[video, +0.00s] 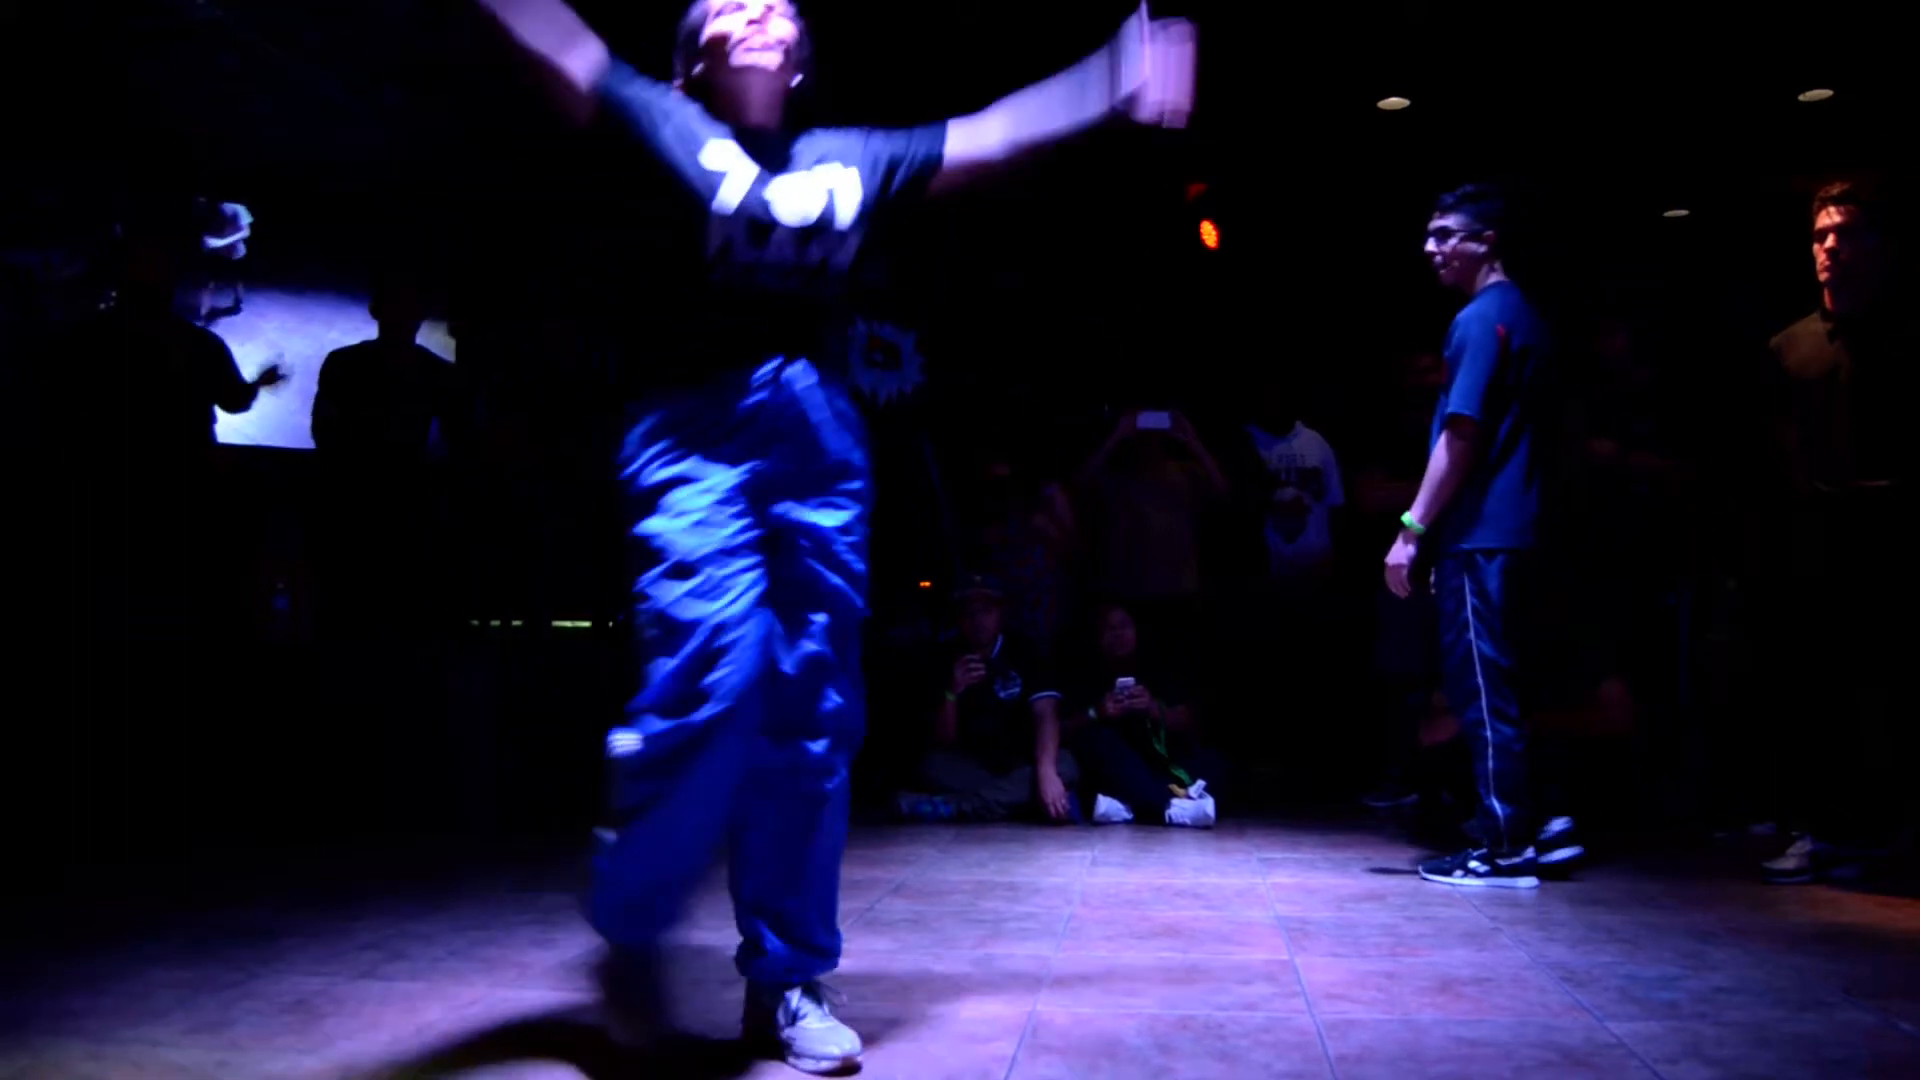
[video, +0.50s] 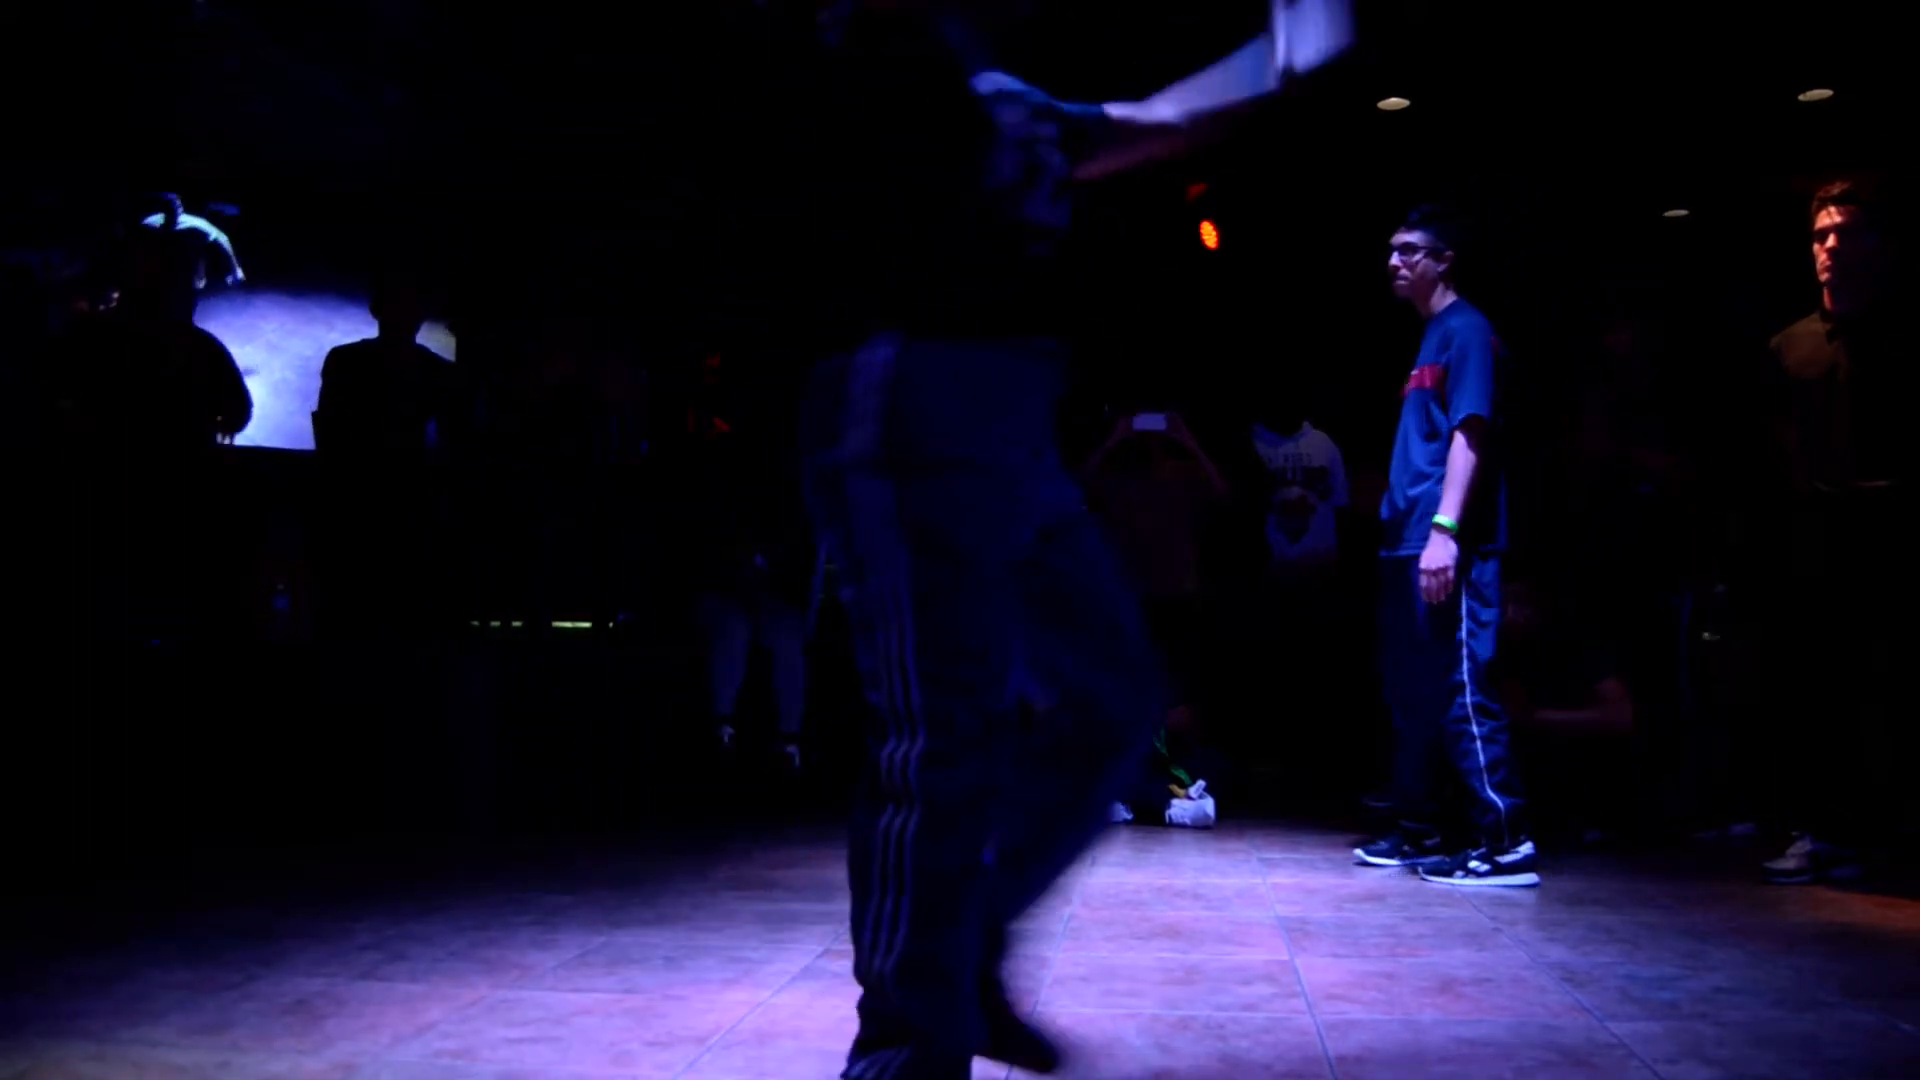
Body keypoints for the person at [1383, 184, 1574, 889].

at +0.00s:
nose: (1435, 249)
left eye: (1448, 236)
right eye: (1433, 237)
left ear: (1486, 243)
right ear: (1470, 248)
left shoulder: (1485, 317)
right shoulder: (1511, 311)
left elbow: (1461, 437)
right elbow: (1479, 436)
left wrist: (1411, 529)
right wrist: (1429, 529)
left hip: (1484, 530)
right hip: (1507, 525)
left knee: (1481, 685)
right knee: (1496, 680)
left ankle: (1501, 843)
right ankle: (1540, 820)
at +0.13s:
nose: (1424, 248)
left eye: (1438, 237)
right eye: (1423, 237)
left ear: (1475, 245)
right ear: (1456, 250)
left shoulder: (1477, 317)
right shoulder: (1490, 314)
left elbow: (1460, 436)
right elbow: (1466, 436)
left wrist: (1412, 528)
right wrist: (1423, 526)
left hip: (1472, 533)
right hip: (1475, 531)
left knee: (1475, 685)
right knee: (1460, 683)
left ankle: (1499, 842)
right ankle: (1471, 830)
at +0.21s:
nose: (1417, 252)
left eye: (1430, 241)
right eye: (1415, 241)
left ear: (1467, 248)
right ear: (1439, 253)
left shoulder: (1477, 320)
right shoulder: (1465, 318)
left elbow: (1460, 437)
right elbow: (1454, 436)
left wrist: (1416, 528)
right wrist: (1421, 528)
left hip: (1473, 535)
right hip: (1457, 533)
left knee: (1475, 687)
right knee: (1439, 682)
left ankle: (1505, 842)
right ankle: (1430, 825)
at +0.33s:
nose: (1406, 262)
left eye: (1418, 250)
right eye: (1404, 251)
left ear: (1456, 256)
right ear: (1429, 262)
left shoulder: (1474, 326)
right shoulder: (1452, 326)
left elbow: (1463, 440)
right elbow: (1450, 438)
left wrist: (1425, 532)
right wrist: (1424, 532)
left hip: (1471, 538)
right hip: (1447, 535)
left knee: (1474, 686)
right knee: (1432, 684)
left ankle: (1504, 842)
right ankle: (1425, 826)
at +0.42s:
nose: (1401, 263)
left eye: (1413, 251)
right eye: (1398, 252)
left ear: (1448, 259)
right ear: (1412, 263)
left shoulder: (1470, 327)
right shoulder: (1444, 329)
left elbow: (1466, 436)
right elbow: (1442, 436)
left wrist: (1435, 530)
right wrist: (1420, 528)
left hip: (1466, 537)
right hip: (1432, 532)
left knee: (1468, 685)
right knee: (1424, 683)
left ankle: (1504, 839)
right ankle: (1423, 825)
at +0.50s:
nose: (1395, 263)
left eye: (1409, 252)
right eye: (1394, 252)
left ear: (1443, 261)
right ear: (1405, 264)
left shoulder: (1467, 331)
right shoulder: (1434, 334)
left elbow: (1470, 437)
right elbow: (1433, 437)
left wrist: (1444, 532)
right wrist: (1411, 527)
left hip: (1455, 539)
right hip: (1414, 536)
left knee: (1459, 689)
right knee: (1417, 686)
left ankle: (1504, 841)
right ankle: (1422, 825)